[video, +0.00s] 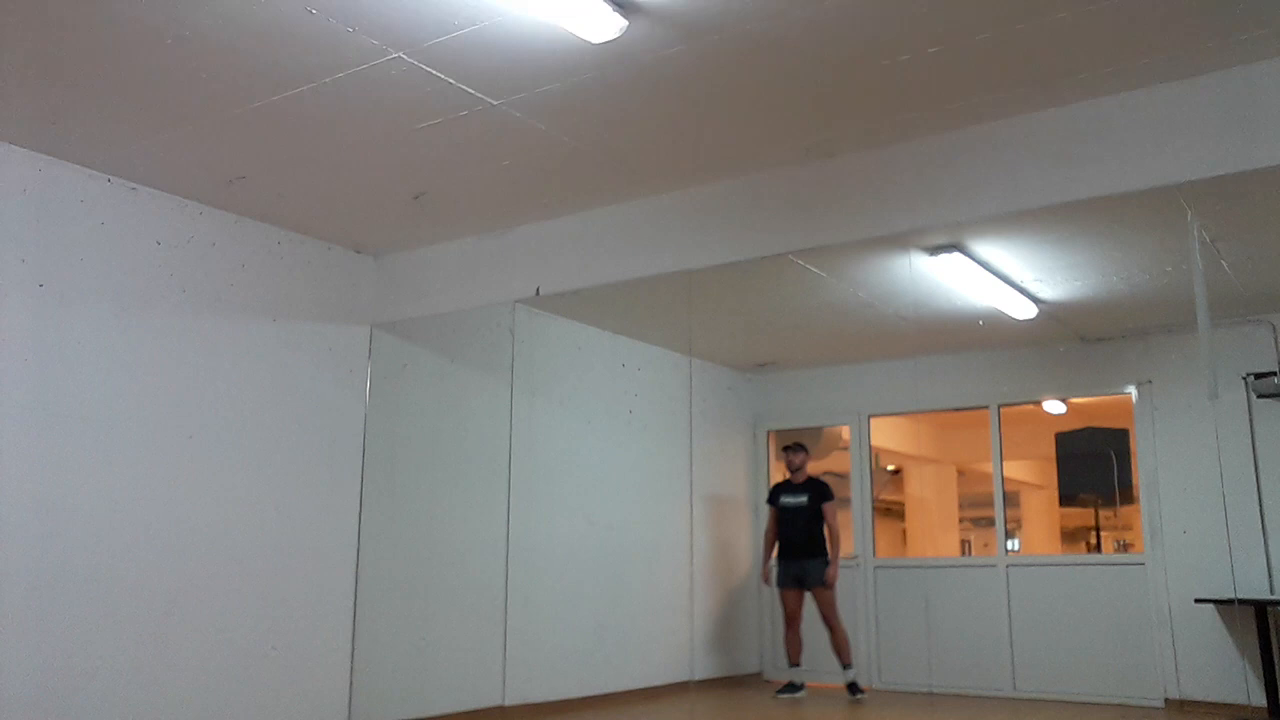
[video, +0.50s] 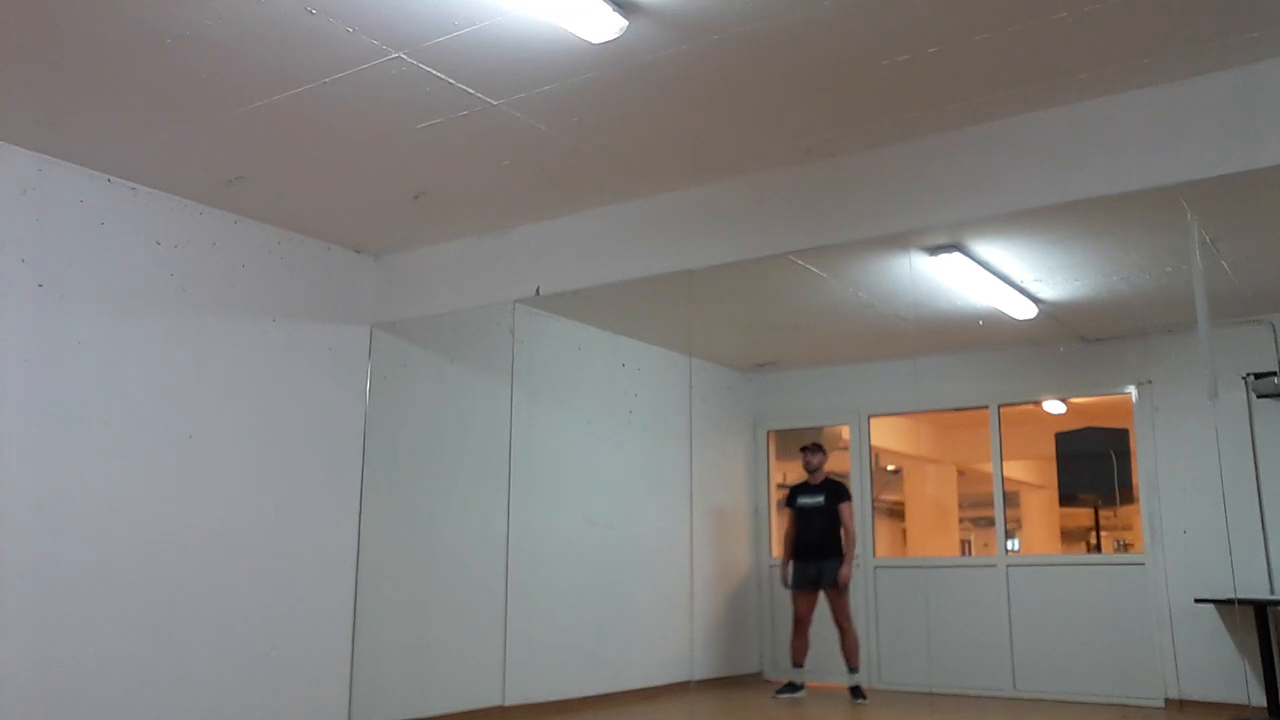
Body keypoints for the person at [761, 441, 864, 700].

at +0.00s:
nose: (791, 458)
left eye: (796, 453)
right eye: (788, 454)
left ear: (806, 457)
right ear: (784, 459)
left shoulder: (820, 488)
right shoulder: (778, 491)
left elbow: (832, 526)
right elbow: (772, 528)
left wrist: (834, 562)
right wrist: (766, 562)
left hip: (816, 562)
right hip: (788, 563)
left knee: (831, 620)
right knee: (791, 621)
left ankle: (850, 677)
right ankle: (796, 679)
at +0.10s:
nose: (794, 460)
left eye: (799, 455)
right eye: (791, 456)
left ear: (809, 458)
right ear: (787, 460)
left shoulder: (823, 489)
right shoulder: (782, 491)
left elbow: (836, 529)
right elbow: (776, 528)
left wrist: (834, 564)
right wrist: (769, 562)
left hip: (819, 562)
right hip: (791, 564)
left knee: (835, 621)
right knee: (793, 621)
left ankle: (853, 680)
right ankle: (796, 679)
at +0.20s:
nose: (798, 461)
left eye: (803, 456)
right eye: (795, 457)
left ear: (814, 459)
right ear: (792, 462)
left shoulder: (828, 488)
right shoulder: (786, 493)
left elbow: (839, 528)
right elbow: (781, 531)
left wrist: (836, 563)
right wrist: (773, 563)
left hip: (823, 563)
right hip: (795, 564)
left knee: (837, 622)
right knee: (795, 621)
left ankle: (853, 681)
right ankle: (796, 680)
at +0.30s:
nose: (802, 460)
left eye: (807, 455)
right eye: (799, 457)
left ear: (817, 458)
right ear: (796, 461)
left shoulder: (832, 488)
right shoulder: (791, 492)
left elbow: (843, 528)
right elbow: (785, 530)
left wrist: (839, 562)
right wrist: (777, 562)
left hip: (827, 563)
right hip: (799, 564)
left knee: (840, 621)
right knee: (797, 621)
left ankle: (854, 681)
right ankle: (797, 680)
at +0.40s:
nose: (807, 460)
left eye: (812, 455)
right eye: (803, 456)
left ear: (821, 458)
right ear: (800, 461)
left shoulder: (835, 488)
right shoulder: (794, 492)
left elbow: (846, 528)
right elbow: (788, 530)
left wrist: (843, 563)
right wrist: (782, 563)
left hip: (830, 563)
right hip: (802, 564)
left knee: (843, 622)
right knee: (799, 621)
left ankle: (855, 682)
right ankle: (796, 680)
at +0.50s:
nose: (809, 460)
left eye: (814, 455)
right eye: (806, 456)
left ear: (824, 459)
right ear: (802, 461)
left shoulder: (837, 489)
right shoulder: (796, 492)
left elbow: (848, 527)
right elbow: (790, 529)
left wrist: (848, 563)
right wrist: (785, 562)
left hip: (832, 563)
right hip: (803, 564)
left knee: (844, 622)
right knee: (800, 621)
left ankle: (855, 682)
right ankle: (797, 680)